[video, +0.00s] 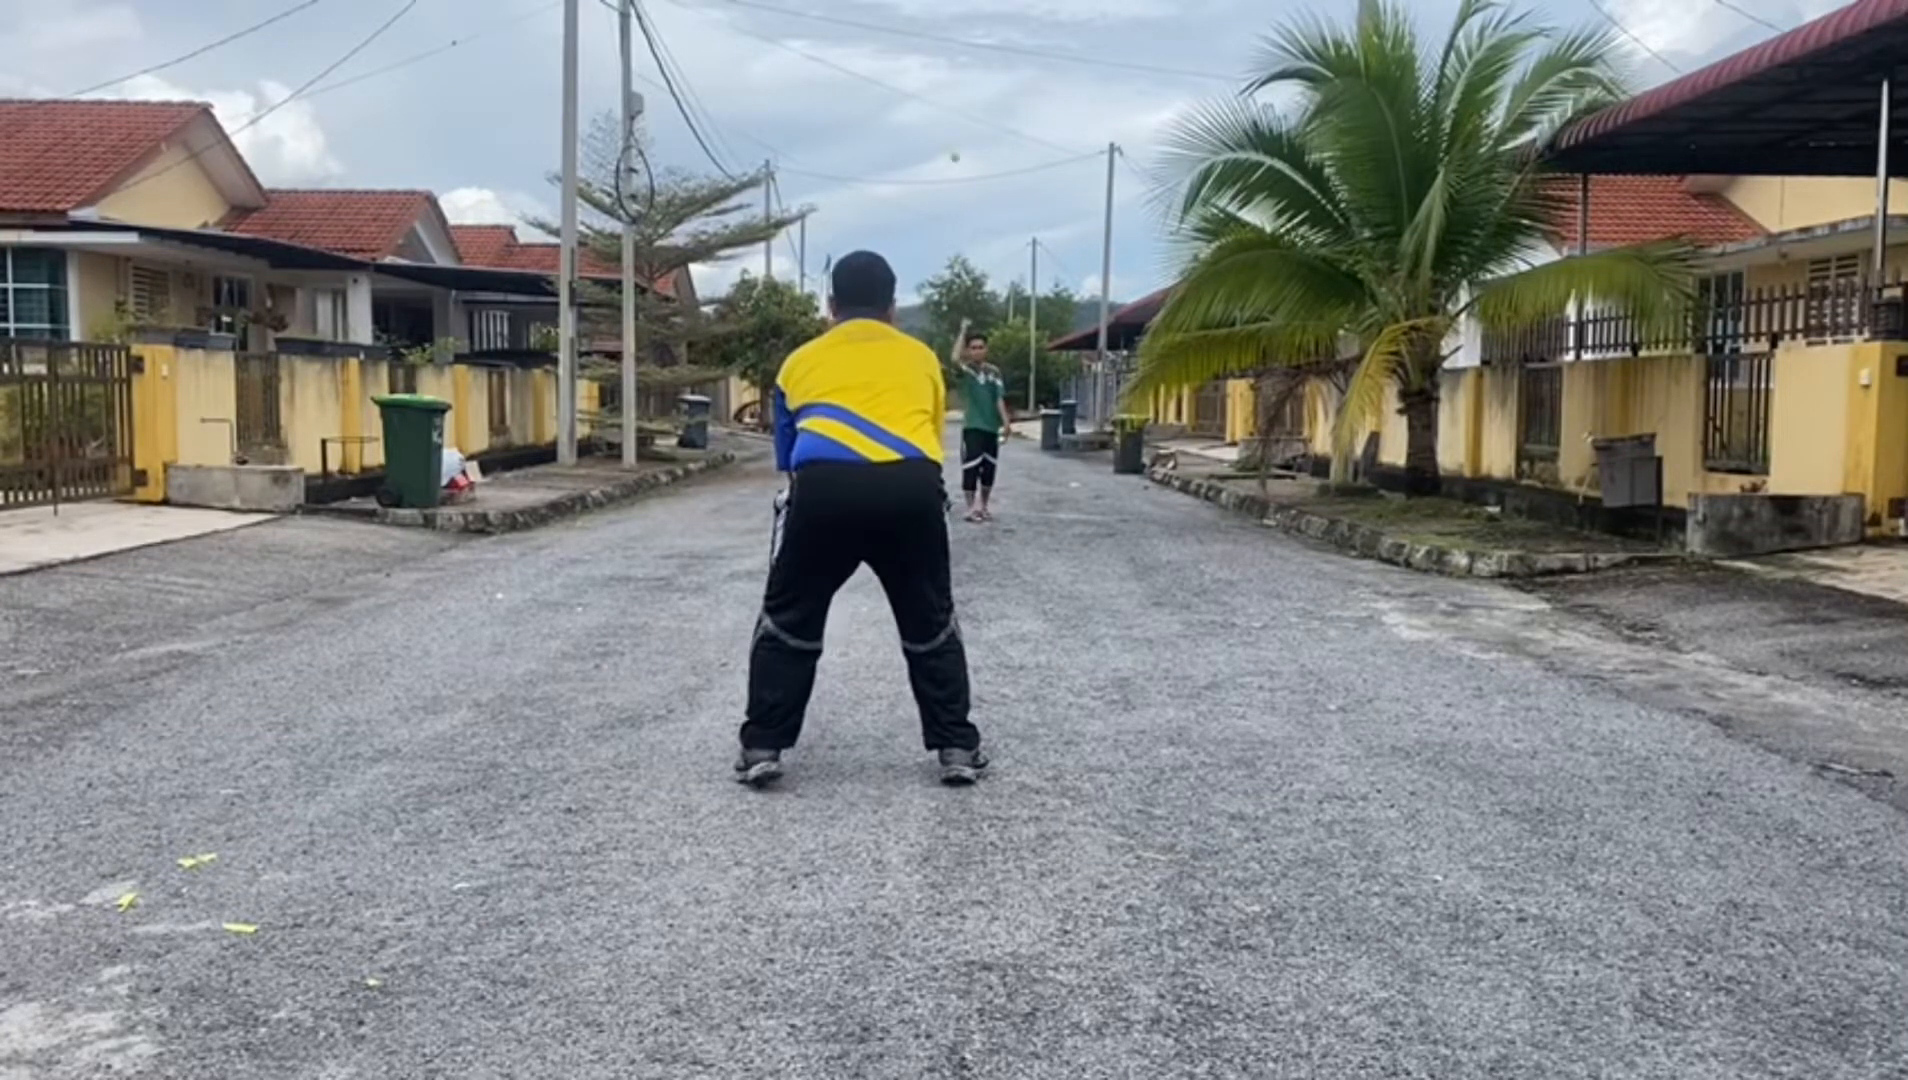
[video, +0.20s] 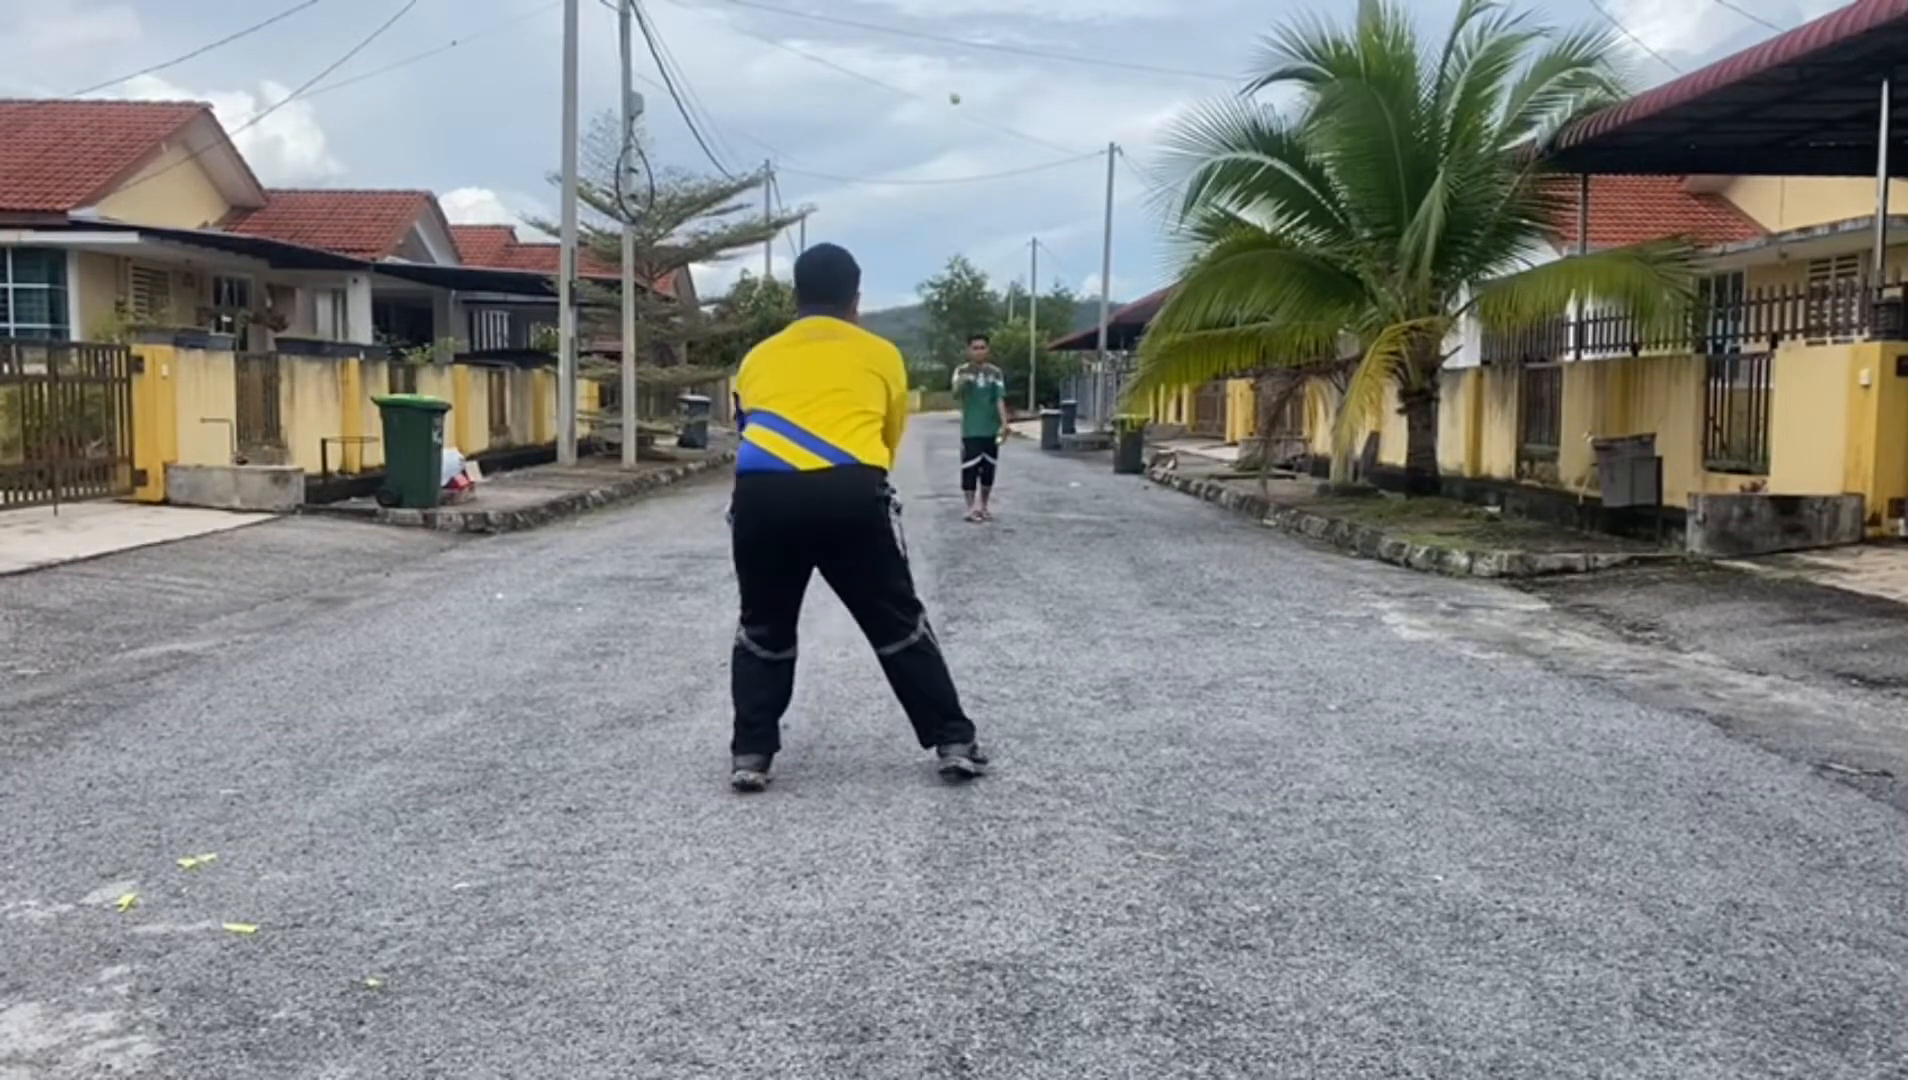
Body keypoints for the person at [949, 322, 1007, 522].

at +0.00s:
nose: (977, 351)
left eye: (981, 347)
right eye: (973, 348)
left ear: (986, 350)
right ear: (967, 351)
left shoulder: (993, 372)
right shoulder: (965, 372)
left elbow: (999, 400)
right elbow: (955, 358)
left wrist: (1005, 422)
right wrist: (962, 334)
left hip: (992, 426)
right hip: (973, 425)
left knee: (989, 468)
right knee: (971, 467)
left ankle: (984, 506)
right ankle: (971, 507)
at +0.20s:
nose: (979, 352)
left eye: (982, 348)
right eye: (975, 348)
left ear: (988, 350)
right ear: (968, 351)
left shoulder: (994, 372)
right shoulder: (962, 371)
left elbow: (999, 400)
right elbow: (956, 390)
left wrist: (1004, 423)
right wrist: (965, 379)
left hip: (990, 428)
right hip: (970, 429)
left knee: (988, 471)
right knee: (969, 470)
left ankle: (984, 506)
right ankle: (970, 507)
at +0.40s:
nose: (979, 353)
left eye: (983, 348)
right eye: (975, 348)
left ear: (988, 351)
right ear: (969, 352)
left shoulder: (995, 373)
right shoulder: (962, 374)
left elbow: (1000, 402)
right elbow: (958, 404)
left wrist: (1002, 425)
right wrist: (956, 430)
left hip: (990, 430)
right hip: (970, 430)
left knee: (988, 471)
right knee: (970, 471)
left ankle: (983, 506)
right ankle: (970, 507)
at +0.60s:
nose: (978, 356)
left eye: (982, 351)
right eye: (975, 352)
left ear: (988, 353)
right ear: (969, 354)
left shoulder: (997, 374)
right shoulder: (961, 375)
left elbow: (1002, 401)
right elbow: (958, 399)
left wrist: (1006, 423)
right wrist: (957, 418)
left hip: (992, 428)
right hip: (971, 428)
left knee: (989, 469)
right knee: (970, 468)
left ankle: (983, 505)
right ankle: (971, 505)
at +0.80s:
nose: (978, 356)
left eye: (981, 352)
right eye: (974, 352)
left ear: (987, 353)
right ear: (968, 354)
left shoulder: (996, 373)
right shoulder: (961, 374)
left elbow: (1001, 402)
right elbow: (958, 403)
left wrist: (1005, 425)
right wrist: (956, 427)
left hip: (990, 430)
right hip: (968, 430)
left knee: (988, 473)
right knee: (965, 471)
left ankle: (983, 507)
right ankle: (964, 505)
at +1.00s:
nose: (974, 355)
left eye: (977, 351)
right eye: (971, 351)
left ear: (984, 353)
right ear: (965, 353)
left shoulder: (992, 373)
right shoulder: (957, 374)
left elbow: (997, 400)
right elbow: (954, 399)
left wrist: (1001, 423)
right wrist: (955, 423)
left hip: (986, 431)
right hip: (965, 431)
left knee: (986, 473)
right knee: (955, 470)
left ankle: (983, 508)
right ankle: (948, 501)